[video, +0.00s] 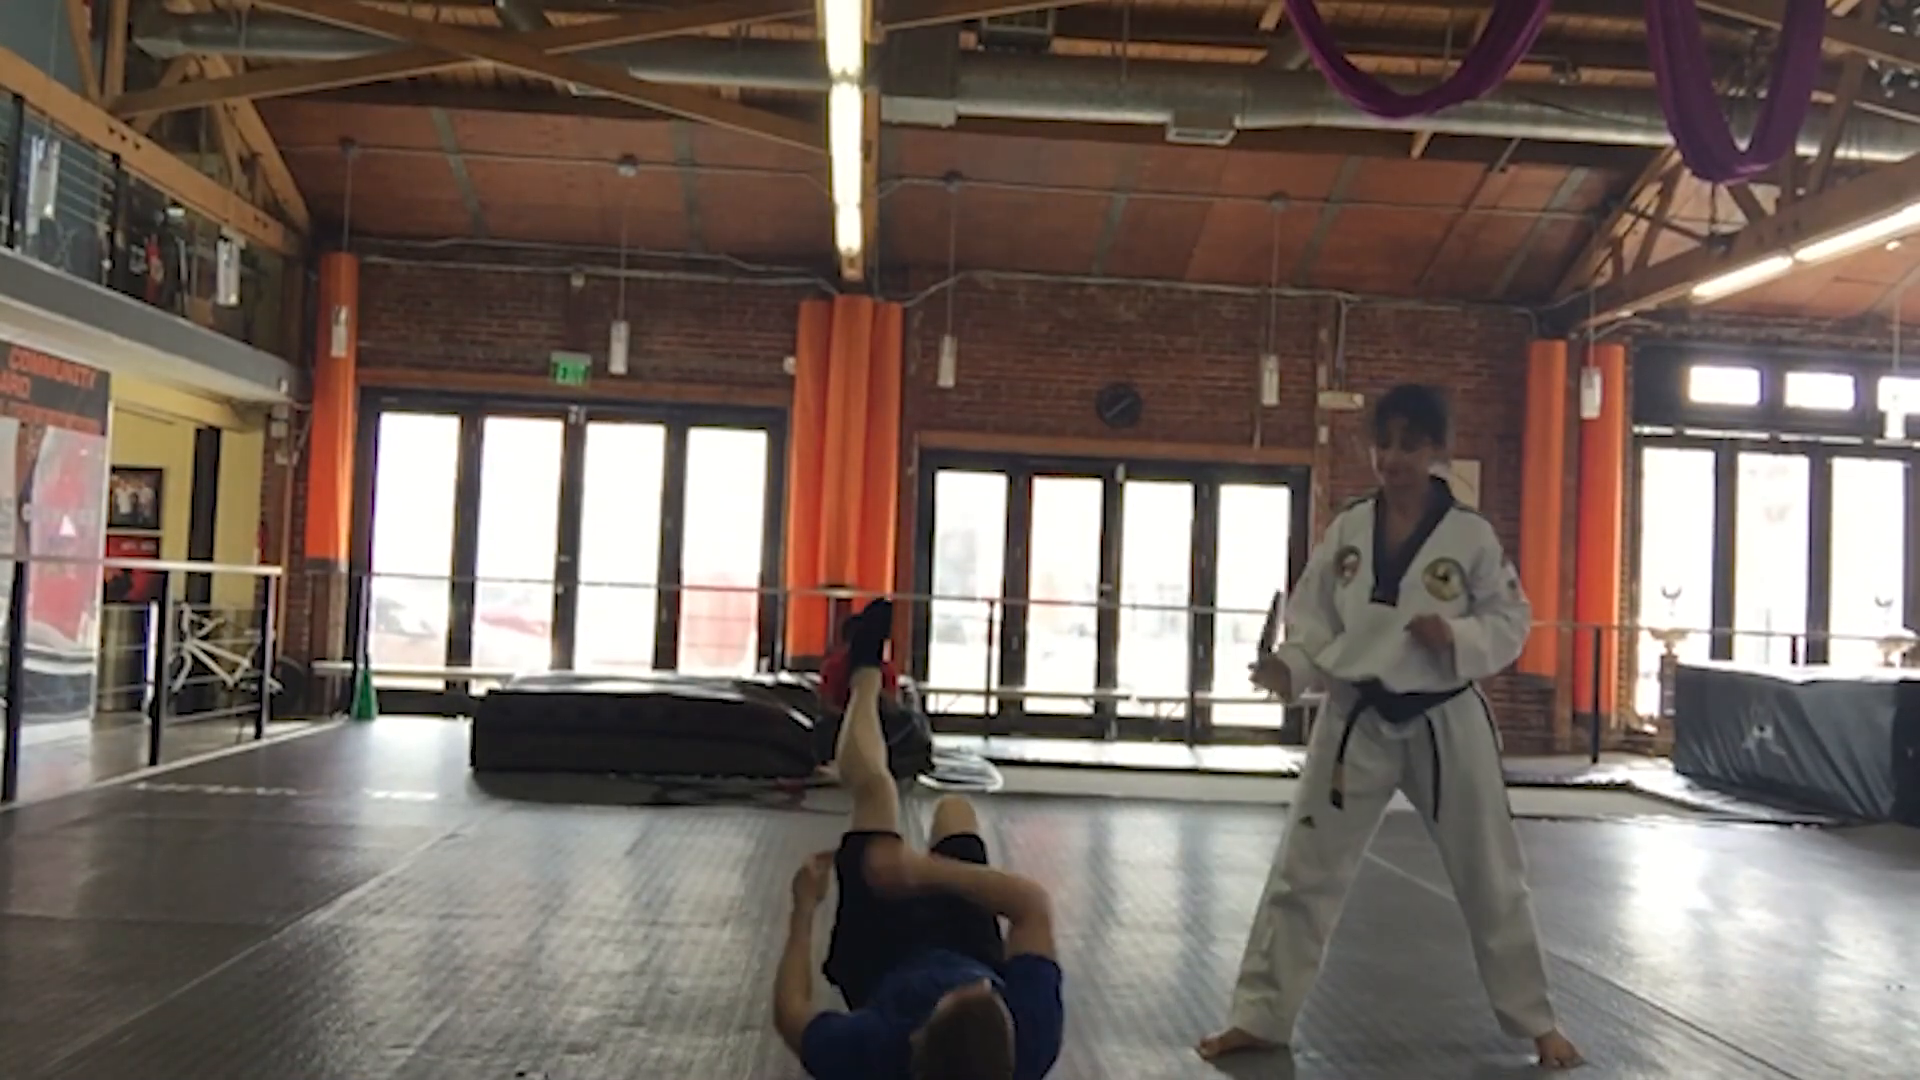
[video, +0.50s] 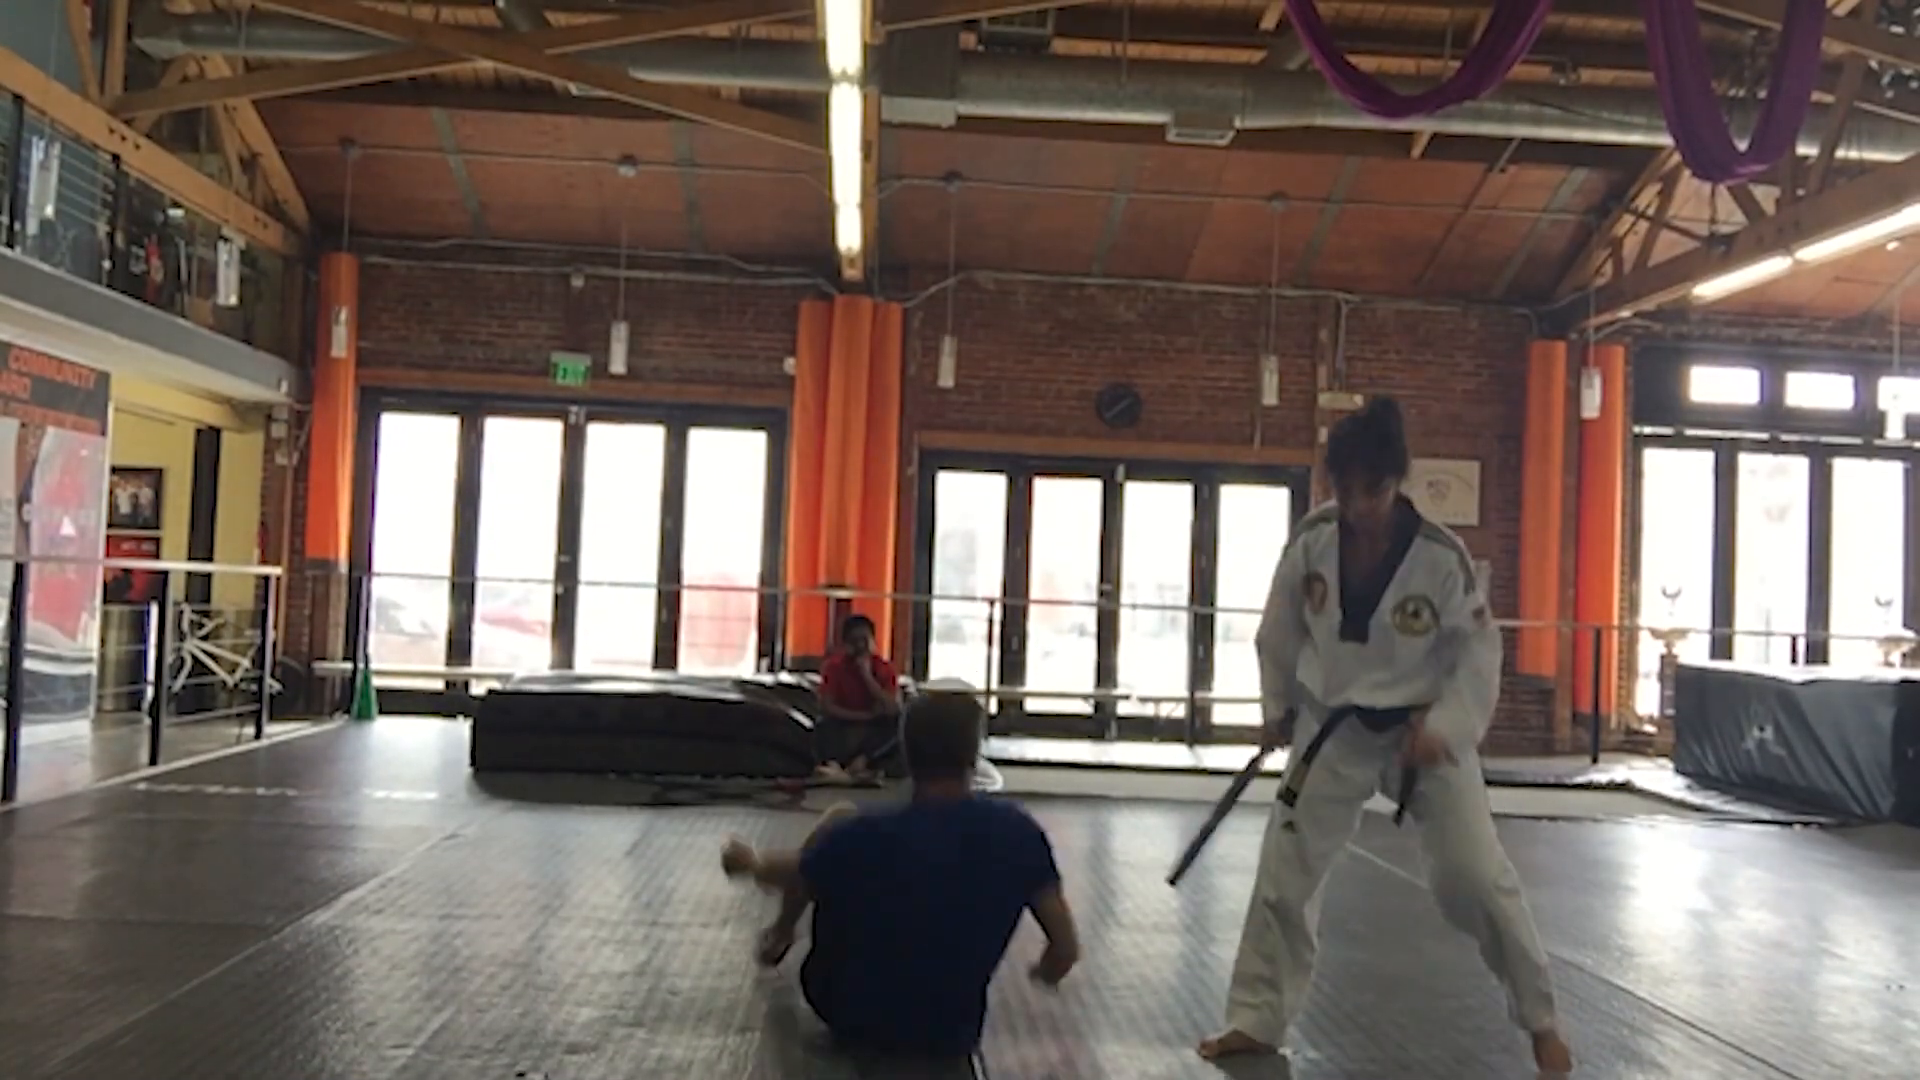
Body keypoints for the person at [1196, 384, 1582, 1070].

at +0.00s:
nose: (1391, 457)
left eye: (1408, 444)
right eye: (1383, 443)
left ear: (1437, 452)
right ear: (1371, 447)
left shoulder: (1470, 536)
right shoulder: (1347, 529)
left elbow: (1511, 627)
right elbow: (1309, 624)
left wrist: (1457, 634)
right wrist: (1292, 669)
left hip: (1447, 721)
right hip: (1351, 718)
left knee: (1491, 878)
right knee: (1302, 874)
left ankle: (1539, 1023)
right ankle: (1261, 1021)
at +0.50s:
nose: (1356, 505)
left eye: (1371, 491)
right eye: (1346, 490)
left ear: (1398, 483)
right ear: (1331, 482)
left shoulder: (1442, 558)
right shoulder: (1307, 550)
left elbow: (1479, 656)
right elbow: (1277, 636)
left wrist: (1445, 726)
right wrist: (1277, 709)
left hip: (1427, 728)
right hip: (1334, 727)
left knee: (1475, 878)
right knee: (1281, 876)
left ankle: (1540, 1021)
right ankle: (1257, 1022)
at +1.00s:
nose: (1353, 792)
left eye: (1361, 782)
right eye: (1346, 781)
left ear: (1390, 759)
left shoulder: (1449, 749)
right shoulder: (1367, 714)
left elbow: (1453, 913)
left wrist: (1431, 1056)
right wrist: (1413, 852)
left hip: (1522, 778)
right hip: (1422, 781)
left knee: (1536, 923)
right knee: (1347, 911)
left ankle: (1527, 1069)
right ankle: (1266, 1033)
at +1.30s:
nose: (1326, 782)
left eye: (1332, 772)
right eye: (1320, 771)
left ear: (1366, 753)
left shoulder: (1432, 765)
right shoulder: (1355, 689)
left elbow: (1438, 914)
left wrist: (1428, 1053)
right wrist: (1412, 851)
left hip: (1515, 770)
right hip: (1419, 770)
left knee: (1524, 915)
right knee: (1343, 900)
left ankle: (1526, 1067)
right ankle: (1268, 1023)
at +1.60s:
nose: (1281, 589)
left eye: (1290, 575)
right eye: (1277, 576)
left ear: (1332, 569)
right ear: (1288, 573)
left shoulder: (1390, 610)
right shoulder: (1305, 614)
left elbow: (1431, 733)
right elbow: (1341, 710)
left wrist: (1406, 847)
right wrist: (1338, 796)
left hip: (1450, 734)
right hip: (1367, 737)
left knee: (1484, 896)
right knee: (1318, 875)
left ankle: (1525, 1060)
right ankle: (1269, 1020)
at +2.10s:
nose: (1262, 424)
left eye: (1278, 413)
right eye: (1266, 412)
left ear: (1317, 427)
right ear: (1295, 427)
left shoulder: (1328, 500)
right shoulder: (1289, 506)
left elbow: (1265, 614)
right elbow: (1241, 609)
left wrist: (1161, 635)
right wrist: (1171, 636)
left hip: (1322, 699)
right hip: (1276, 699)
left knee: (1276, 866)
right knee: (1243, 860)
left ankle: (1390, 1030)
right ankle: (1251, 1023)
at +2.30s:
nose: (1279, 421)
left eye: (1294, 411)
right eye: (1282, 410)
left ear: (1334, 425)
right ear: (1323, 428)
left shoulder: (1330, 500)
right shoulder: (1323, 498)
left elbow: (1258, 608)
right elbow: (1282, 615)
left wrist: (1154, 622)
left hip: (1317, 697)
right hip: (1287, 695)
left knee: (1282, 869)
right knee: (1249, 865)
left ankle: (1391, 1041)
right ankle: (1253, 1023)